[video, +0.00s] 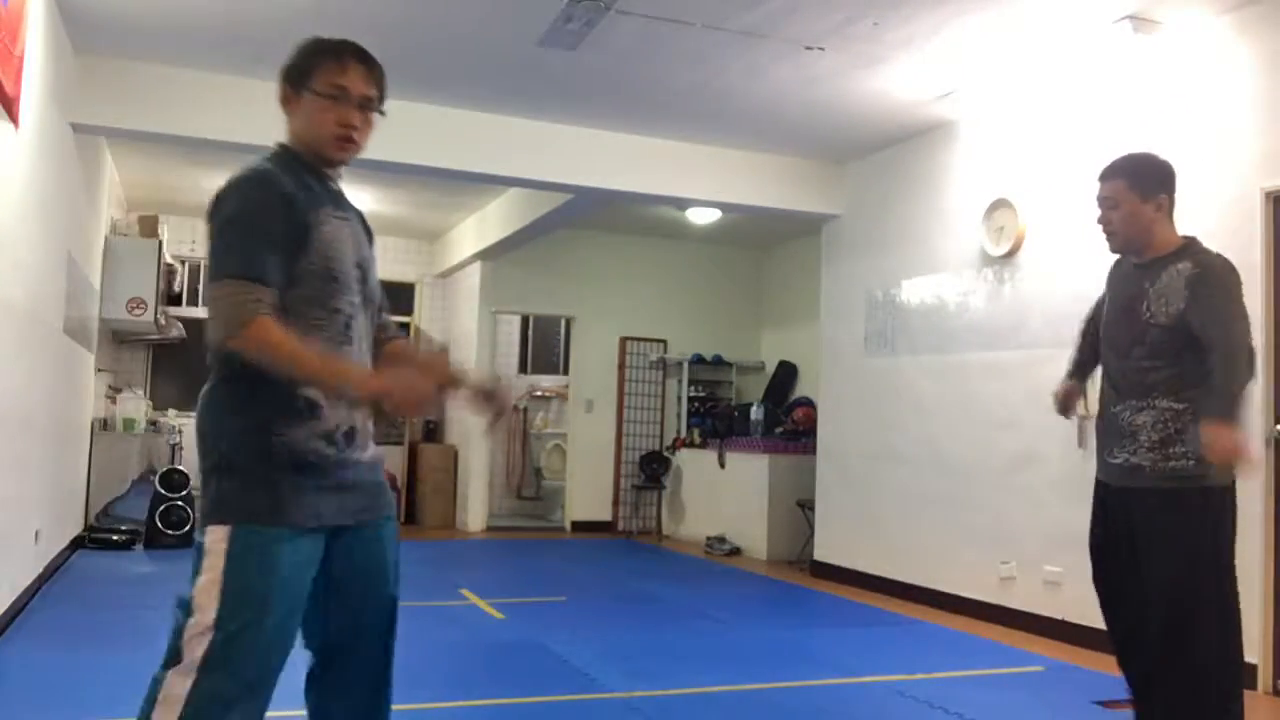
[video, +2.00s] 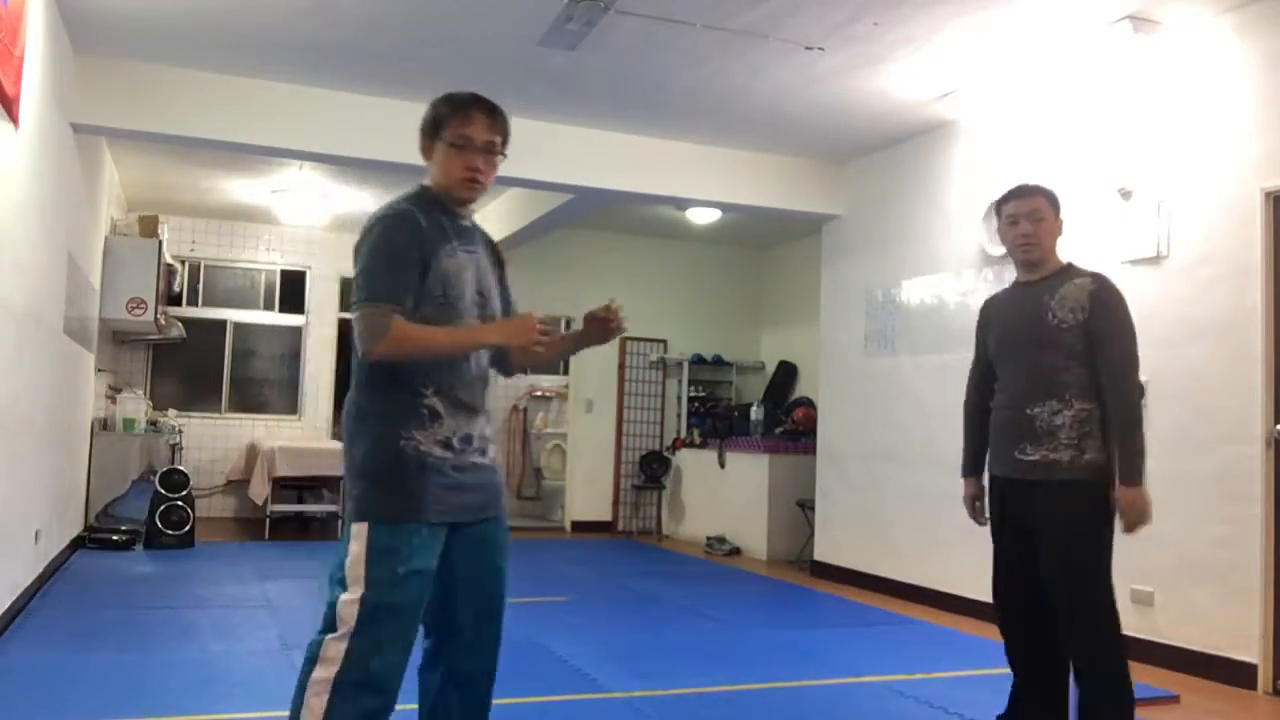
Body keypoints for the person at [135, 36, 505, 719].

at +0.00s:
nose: (353, 118)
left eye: (367, 107)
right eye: (336, 98)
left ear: (376, 122)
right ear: (290, 101)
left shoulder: (352, 219)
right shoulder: (257, 192)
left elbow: (376, 339)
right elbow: (238, 323)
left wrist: (464, 386)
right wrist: (368, 383)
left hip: (353, 478)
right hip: (265, 477)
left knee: (357, 672)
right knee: (220, 678)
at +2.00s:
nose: (478, 162)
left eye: (490, 151)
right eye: (463, 147)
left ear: (500, 162)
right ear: (428, 150)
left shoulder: (486, 249)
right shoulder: (396, 226)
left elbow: (504, 353)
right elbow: (377, 337)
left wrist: (577, 338)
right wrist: (493, 333)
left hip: (473, 477)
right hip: (398, 475)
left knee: (467, 651)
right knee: (363, 652)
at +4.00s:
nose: (549, 200)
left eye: (552, 188)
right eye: (545, 184)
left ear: (506, 180)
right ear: (509, 175)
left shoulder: (494, 249)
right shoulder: (473, 242)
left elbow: (559, 346)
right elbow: (543, 337)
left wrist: (640, 310)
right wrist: (593, 289)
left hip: (518, 464)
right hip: (472, 465)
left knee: (566, 600)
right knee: (450, 627)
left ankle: (555, 715)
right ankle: (398, 718)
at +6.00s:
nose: (583, 204)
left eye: (585, 194)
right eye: (577, 190)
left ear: (540, 189)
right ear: (540, 184)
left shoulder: (540, 267)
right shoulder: (500, 249)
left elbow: (608, 344)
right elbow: (551, 347)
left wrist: (670, 292)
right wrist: (613, 296)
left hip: (541, 459)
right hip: (491, 460)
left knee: (571, 601)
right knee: (480, 619)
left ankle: (564, 715)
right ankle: (427, 716)